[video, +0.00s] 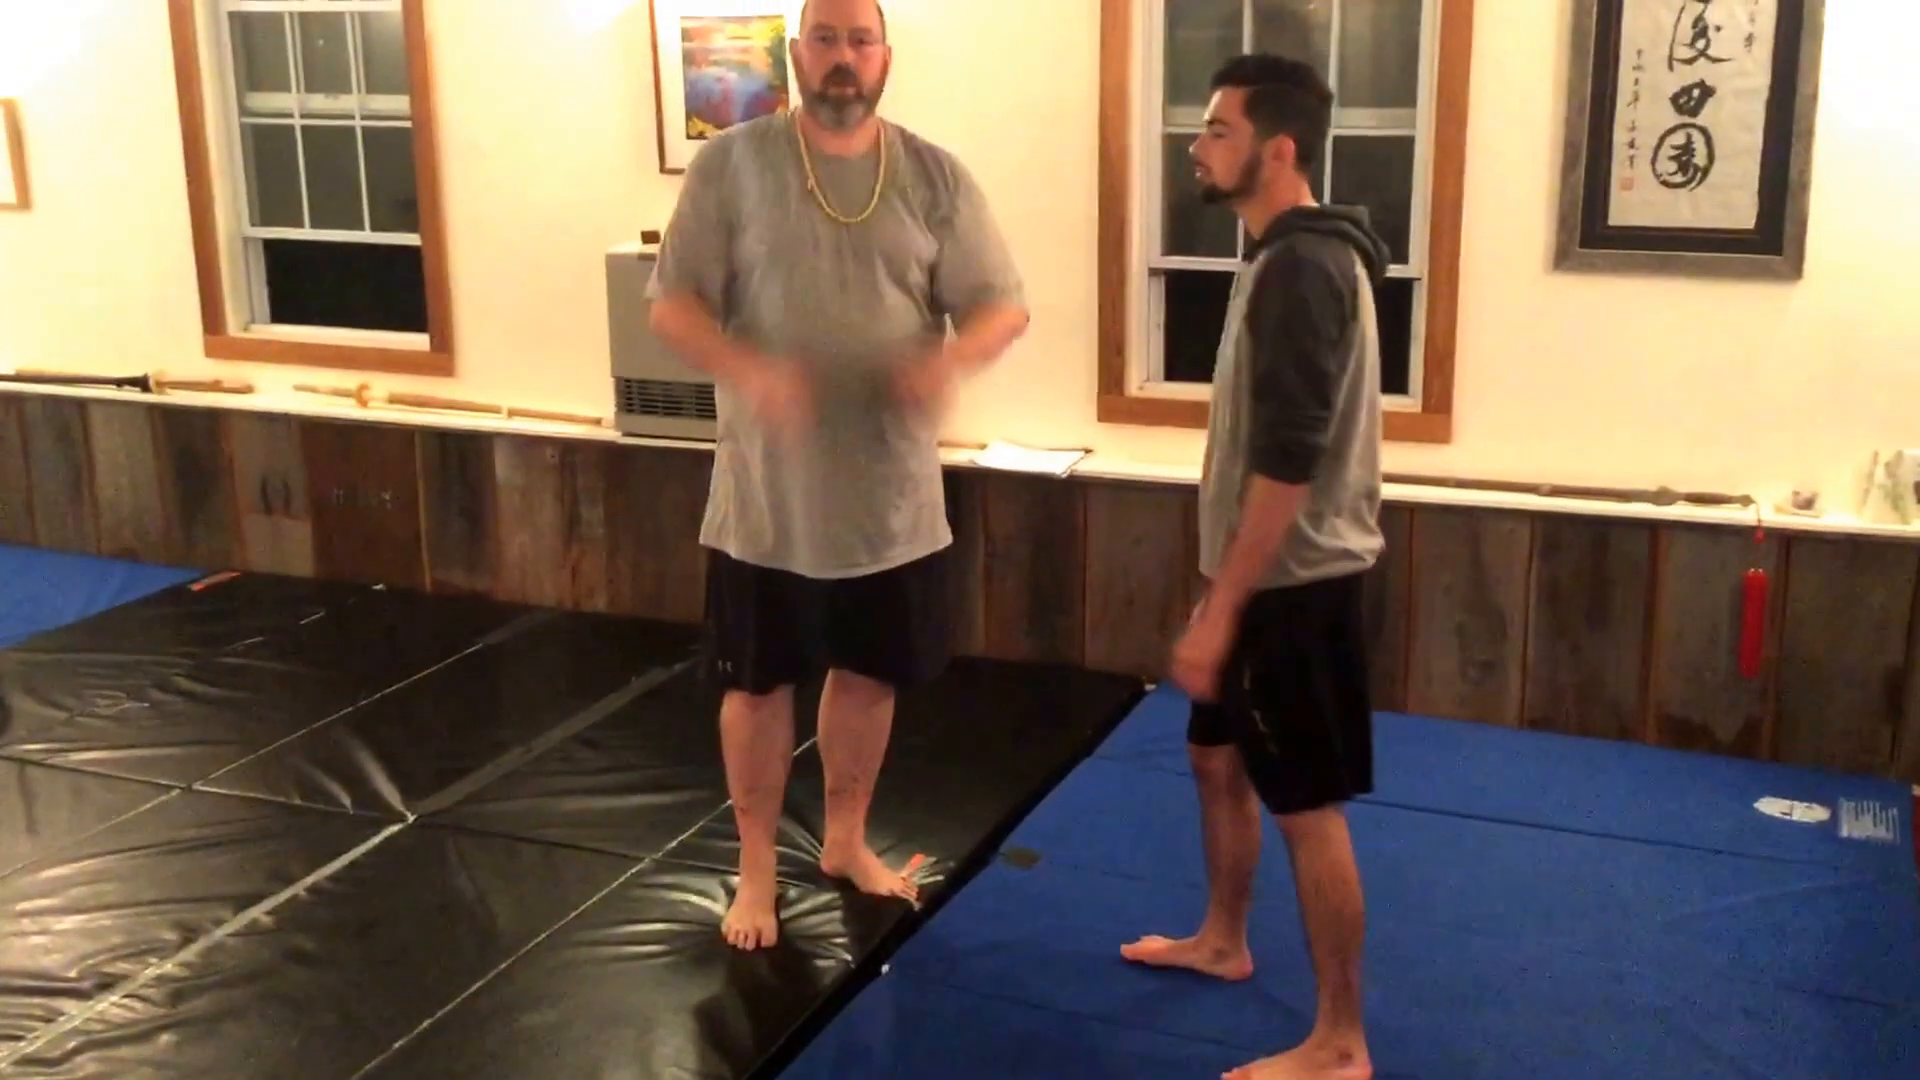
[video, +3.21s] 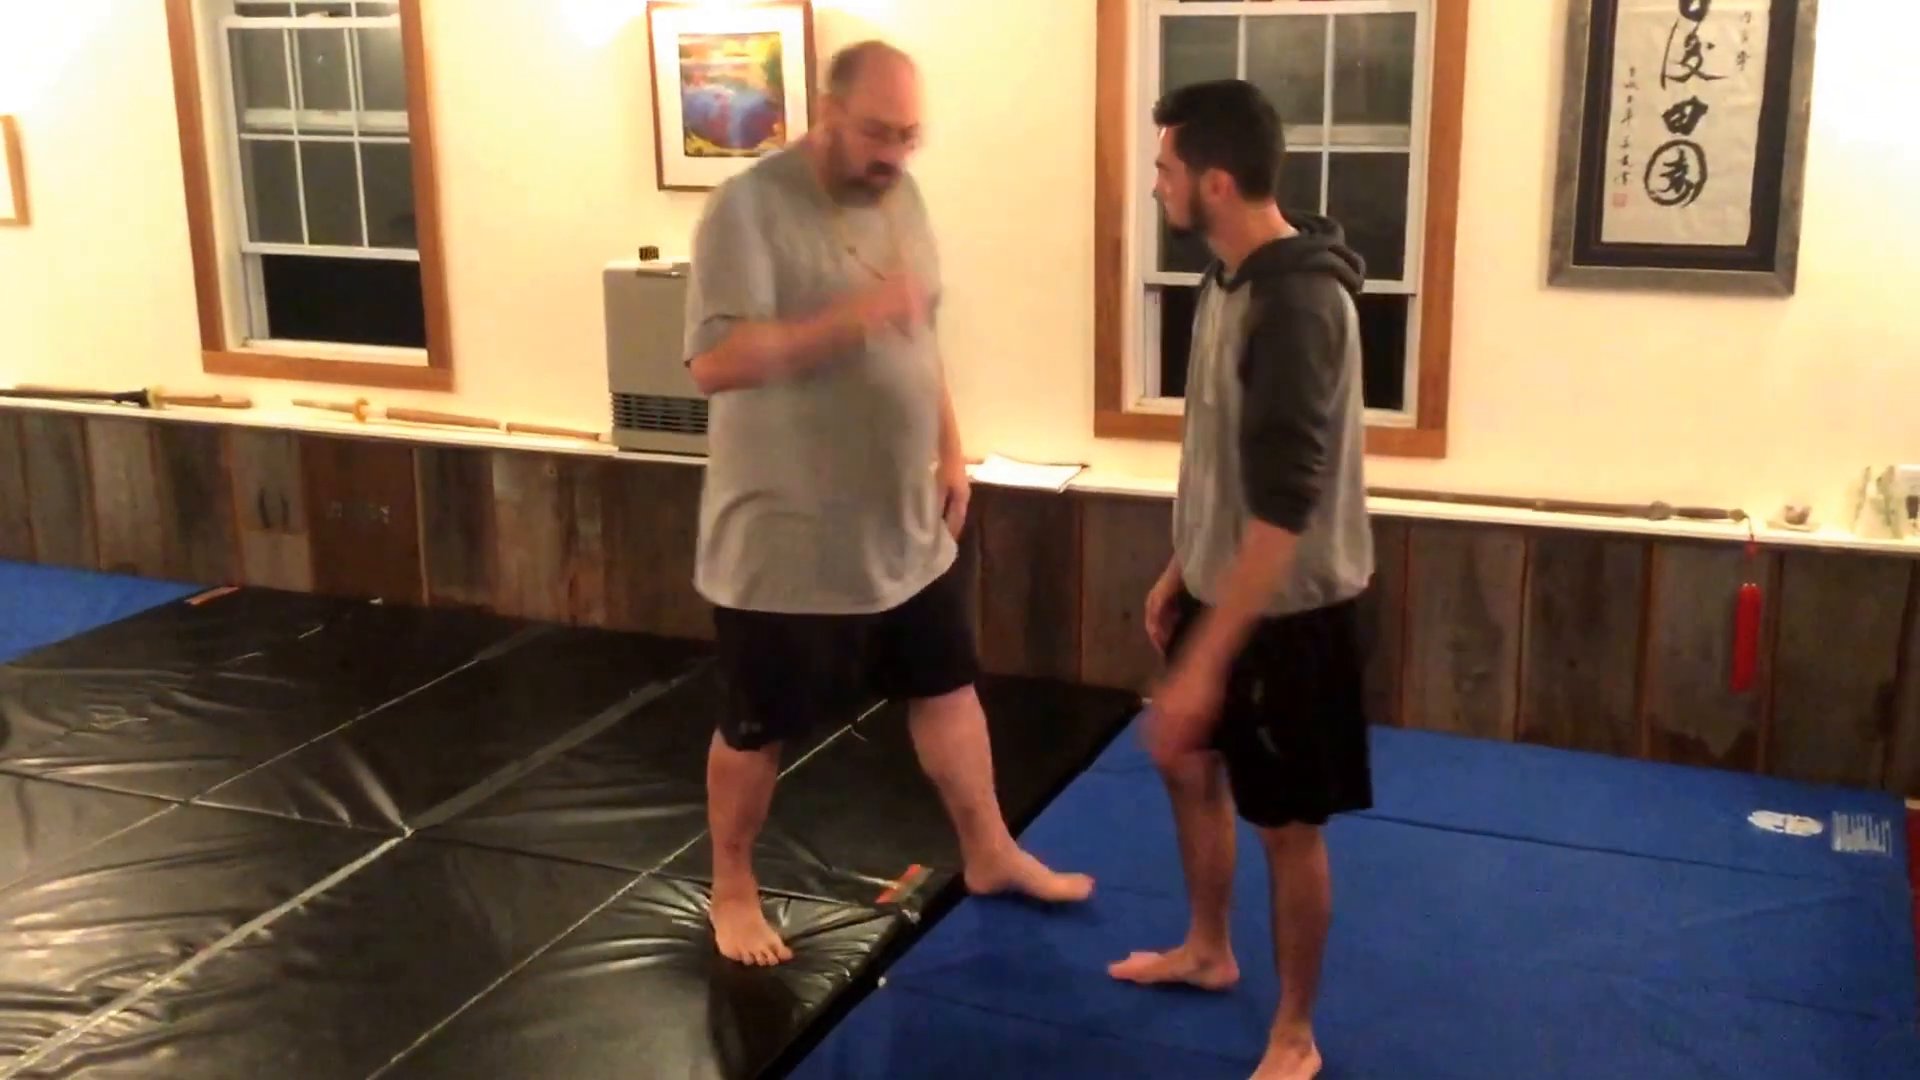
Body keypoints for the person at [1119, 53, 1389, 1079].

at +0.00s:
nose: (1199, 144)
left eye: (1219, 130)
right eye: (1205, 127)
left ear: (1276, 147)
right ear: (1273, 149)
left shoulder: (1304, 262)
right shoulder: (1288, 249)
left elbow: (1290, 466)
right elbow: (1279, 446)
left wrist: (1220, 607)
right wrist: (1227, 571)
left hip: (1298, 579)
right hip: (1257, 569)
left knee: (1306, 809)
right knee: (1217, 753)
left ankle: (1339, 1040)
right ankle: (1223, 938)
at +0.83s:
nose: (1209, 188)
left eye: (1217, 168)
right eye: (1209, 167)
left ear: (1265, 174)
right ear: (1296, 171)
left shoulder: (1297, 298)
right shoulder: (1342, 275)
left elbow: (1245, 490)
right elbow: (1209, 423)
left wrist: (1207, 444)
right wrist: (1101, 498)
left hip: (1303, 599)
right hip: (1285, 587)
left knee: (1309, 837)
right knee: (1242, 771)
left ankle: (1339, 1049)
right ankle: (1222, 954)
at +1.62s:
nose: (1210, 197)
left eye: (1229, 173)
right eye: (1193, 179)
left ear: (1278, 163)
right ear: (1179, 184)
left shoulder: (1338, 266)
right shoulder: (1182, 286)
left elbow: (1325, 452)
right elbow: (1149, 461)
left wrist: (1181, 401)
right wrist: (1125, 410)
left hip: (1318, 585)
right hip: (1217, 579)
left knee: (1291, 826)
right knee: (1218, 791)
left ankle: (1322, 1043)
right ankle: (1231, 966)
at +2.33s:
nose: (1231, 214)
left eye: (1250, 189)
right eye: (1210, 193)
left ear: (1291, 180)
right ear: (1188, 190)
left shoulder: (1355, 285)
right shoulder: (1175, 288)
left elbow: (1390, 459)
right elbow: (1118, 456)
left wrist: (1262, 435)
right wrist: (1180, 434)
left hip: (1313, 595)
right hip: (1204, 589)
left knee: (1295, 819)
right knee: (1212, 797)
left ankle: (1299, 1033)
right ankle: (1230, 964)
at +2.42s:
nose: (1229, 215)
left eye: (1248, 190)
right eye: (1208, 194)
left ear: (1289, 180)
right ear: (1186, 192)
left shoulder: (1355, 291)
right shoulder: (1174, 294)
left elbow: (1392, 464)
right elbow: (1143, 439)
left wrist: (1308, 527)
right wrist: (1135, 531)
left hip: (1317, 601)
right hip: (1206, 595)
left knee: (1297, 819)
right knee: (1213, 794)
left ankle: (1299, 1034)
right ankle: (1230, 963)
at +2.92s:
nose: (1166, 208)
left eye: (1180, 190)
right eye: (1167, 188)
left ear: (1240, 194)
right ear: (1230, 194)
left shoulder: (1338, 310)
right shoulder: (1208, 296)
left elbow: (1393, 510)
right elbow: (1203, 455)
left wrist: (1364, 677)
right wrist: (1172, 578)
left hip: (1307, 625)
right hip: (1213, 610)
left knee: (1308, 833)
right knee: (1206, 783)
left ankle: (1301, 1035)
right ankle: (1227, 956)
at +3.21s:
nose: (1157, 185)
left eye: (1166, 168)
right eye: (1159, 166)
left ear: (1214, 177)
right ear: (1233, 174)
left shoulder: (1296, 295)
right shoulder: (1231, 278)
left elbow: (1287, 505)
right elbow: (1221, 456)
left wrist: (1207, 660)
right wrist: (1181, 566)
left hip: (1294, 607)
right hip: (1224, 592)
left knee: (1289, 826)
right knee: (1183, 754)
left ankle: (1295, 1031)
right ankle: (1207, 948)